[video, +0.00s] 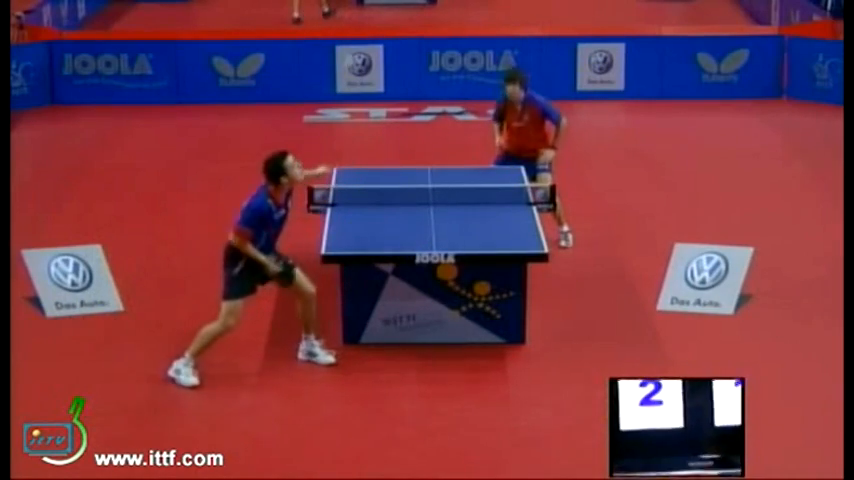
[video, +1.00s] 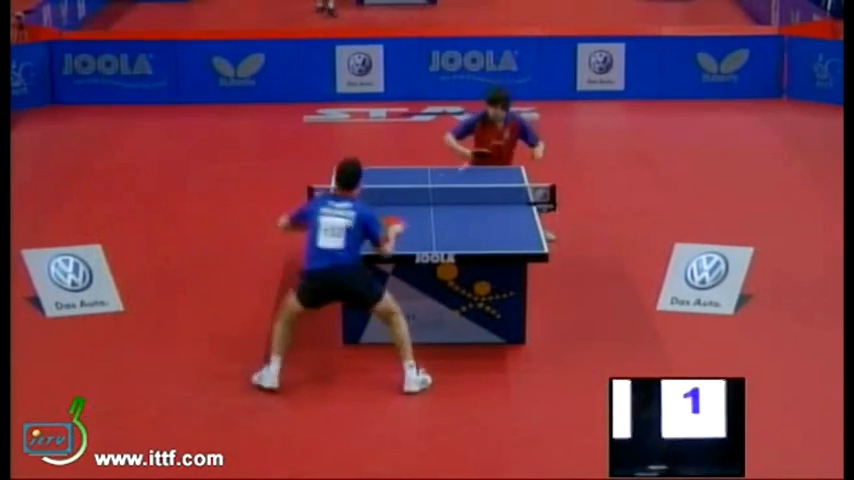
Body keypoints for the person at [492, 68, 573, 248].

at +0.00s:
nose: (511, 92)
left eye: (514, 87)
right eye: (508, 87)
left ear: (522, 88)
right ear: (505, 88)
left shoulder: (536, 103)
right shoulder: (504, 104)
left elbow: (560, 121)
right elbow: (497, 120)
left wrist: (553, 147)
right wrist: (498, 137)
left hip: (536, 154)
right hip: (510, 153)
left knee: (546, 191)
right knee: (494, 184)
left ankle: (563, 228)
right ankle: (493, 229)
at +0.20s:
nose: (507, 82)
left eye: (511, 78)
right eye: (504, 78)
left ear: (519, 79)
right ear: (501, 79)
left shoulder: (532, 97)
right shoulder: (500, 96)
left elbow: (554, 117)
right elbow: (492, 113)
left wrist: (546, 144)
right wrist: (487, 128)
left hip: (529, 154)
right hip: (503, 151)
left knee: (543, 194)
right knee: (483, 185)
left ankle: (563, 229)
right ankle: (480, 229)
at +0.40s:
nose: (495, 84)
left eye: (498, 80)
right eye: (492, 79)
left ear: (505, 81)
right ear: (487, 80)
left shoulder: (517, 98)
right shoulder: (483, 97)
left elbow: (536, 116)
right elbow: (466, 111)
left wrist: (534, 142)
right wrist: (463, 129)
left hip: (514, 156)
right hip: (486, 154)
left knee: (534, 192)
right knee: (469, 190)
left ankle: (558, 228)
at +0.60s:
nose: (492, 81)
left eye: (496, 77)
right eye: (489, 77)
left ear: (504, 77)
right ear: (486, 78)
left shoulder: (517, 95)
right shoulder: (481, 94)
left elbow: (538, 113)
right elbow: (462, 111)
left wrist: (536, 139)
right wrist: (460, 129)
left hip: (514, 155)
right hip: (485, 153)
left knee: (528, 192)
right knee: (470, 188)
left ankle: (537, 229)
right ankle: (469, 231)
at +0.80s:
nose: (496, 95)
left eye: (499, 91)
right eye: (493, 91)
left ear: (506, 92)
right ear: (489, 92)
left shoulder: (518, 109)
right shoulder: (482, 107)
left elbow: (542, 127)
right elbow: (459, 123)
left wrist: (541, 149)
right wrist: (458, 139)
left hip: (514, 161)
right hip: (486, 160)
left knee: (530, 194)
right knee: (479, 197)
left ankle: (537, 229)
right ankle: (476, 232)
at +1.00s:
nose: (496, 113)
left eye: (500, 109)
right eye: (493, 108)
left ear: (506, 109)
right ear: (487, 107)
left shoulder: (515, 122)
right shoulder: (479, 120)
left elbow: (537, 143)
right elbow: (449, 137)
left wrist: (538, 151)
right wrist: (464, 152)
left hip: (504, 172)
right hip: (478, 171)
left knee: (520, 203)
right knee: (473, 208)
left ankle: (536, 232)